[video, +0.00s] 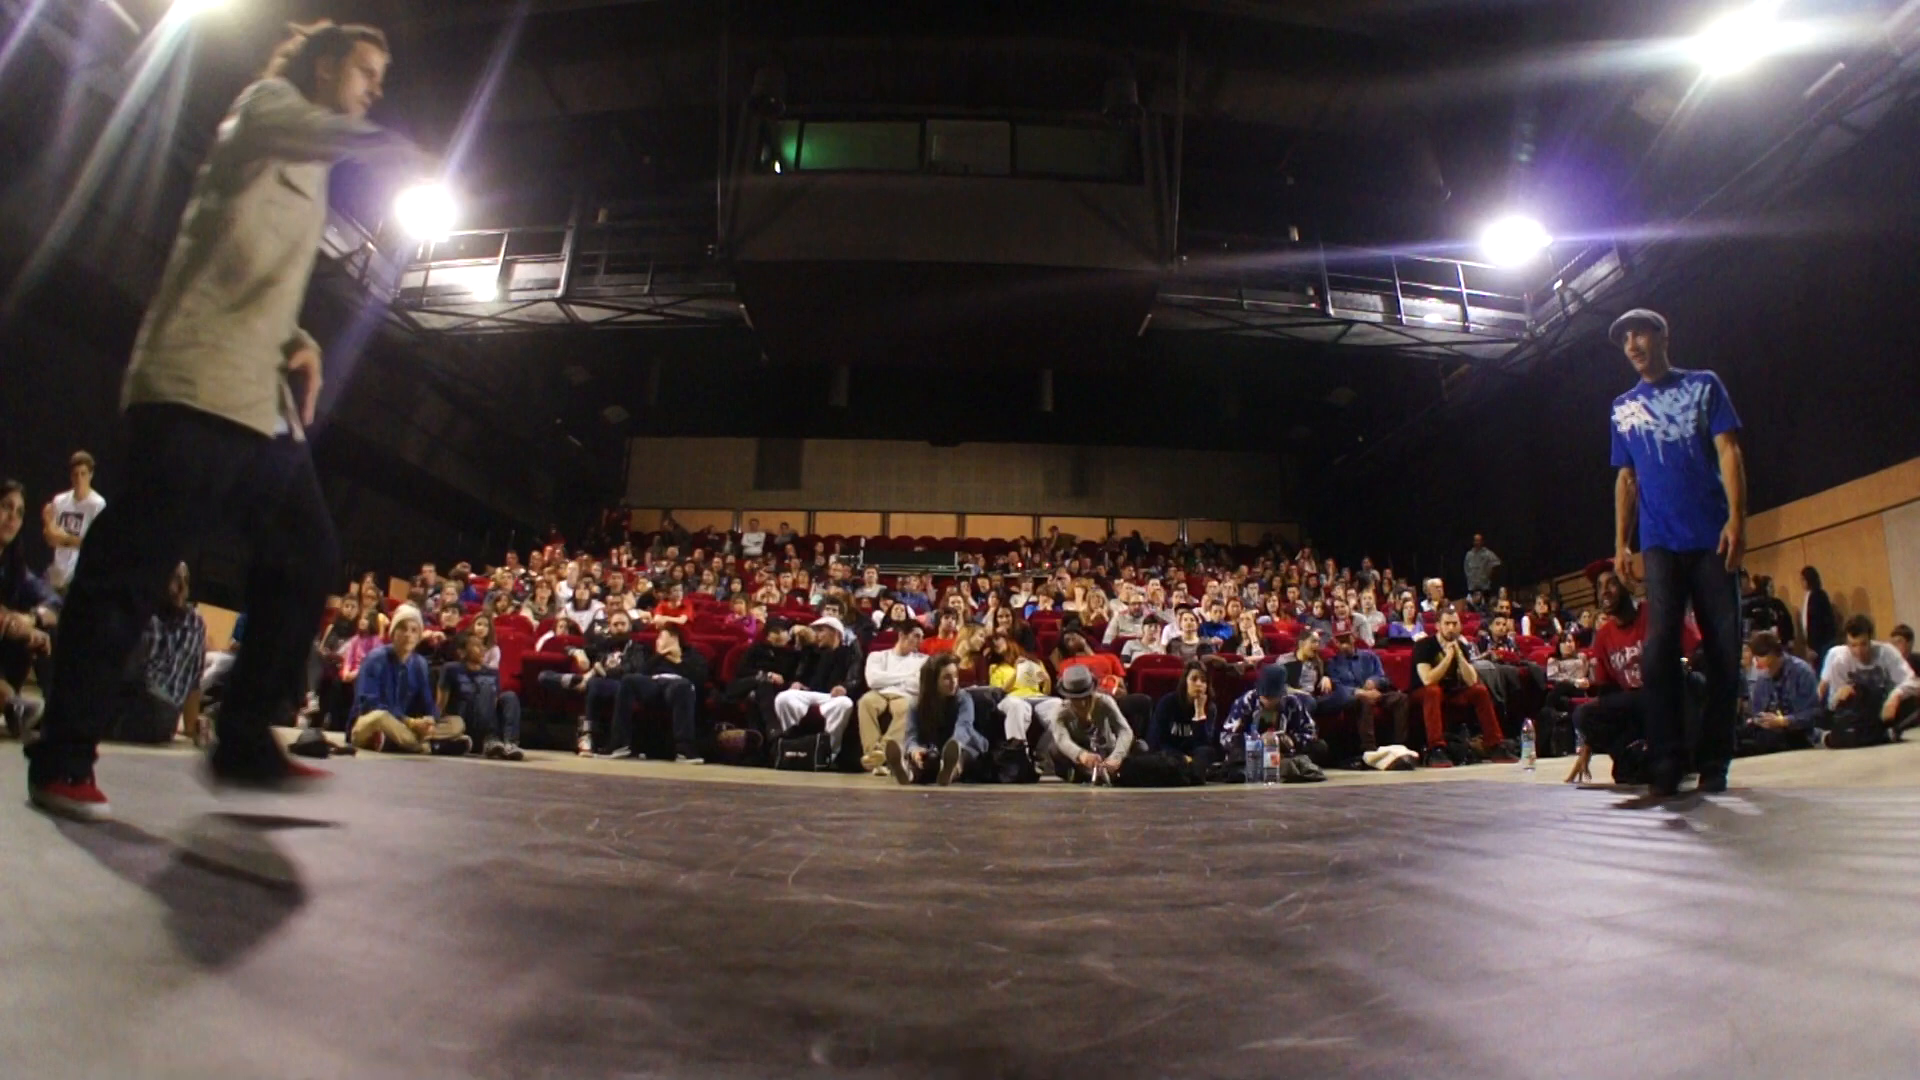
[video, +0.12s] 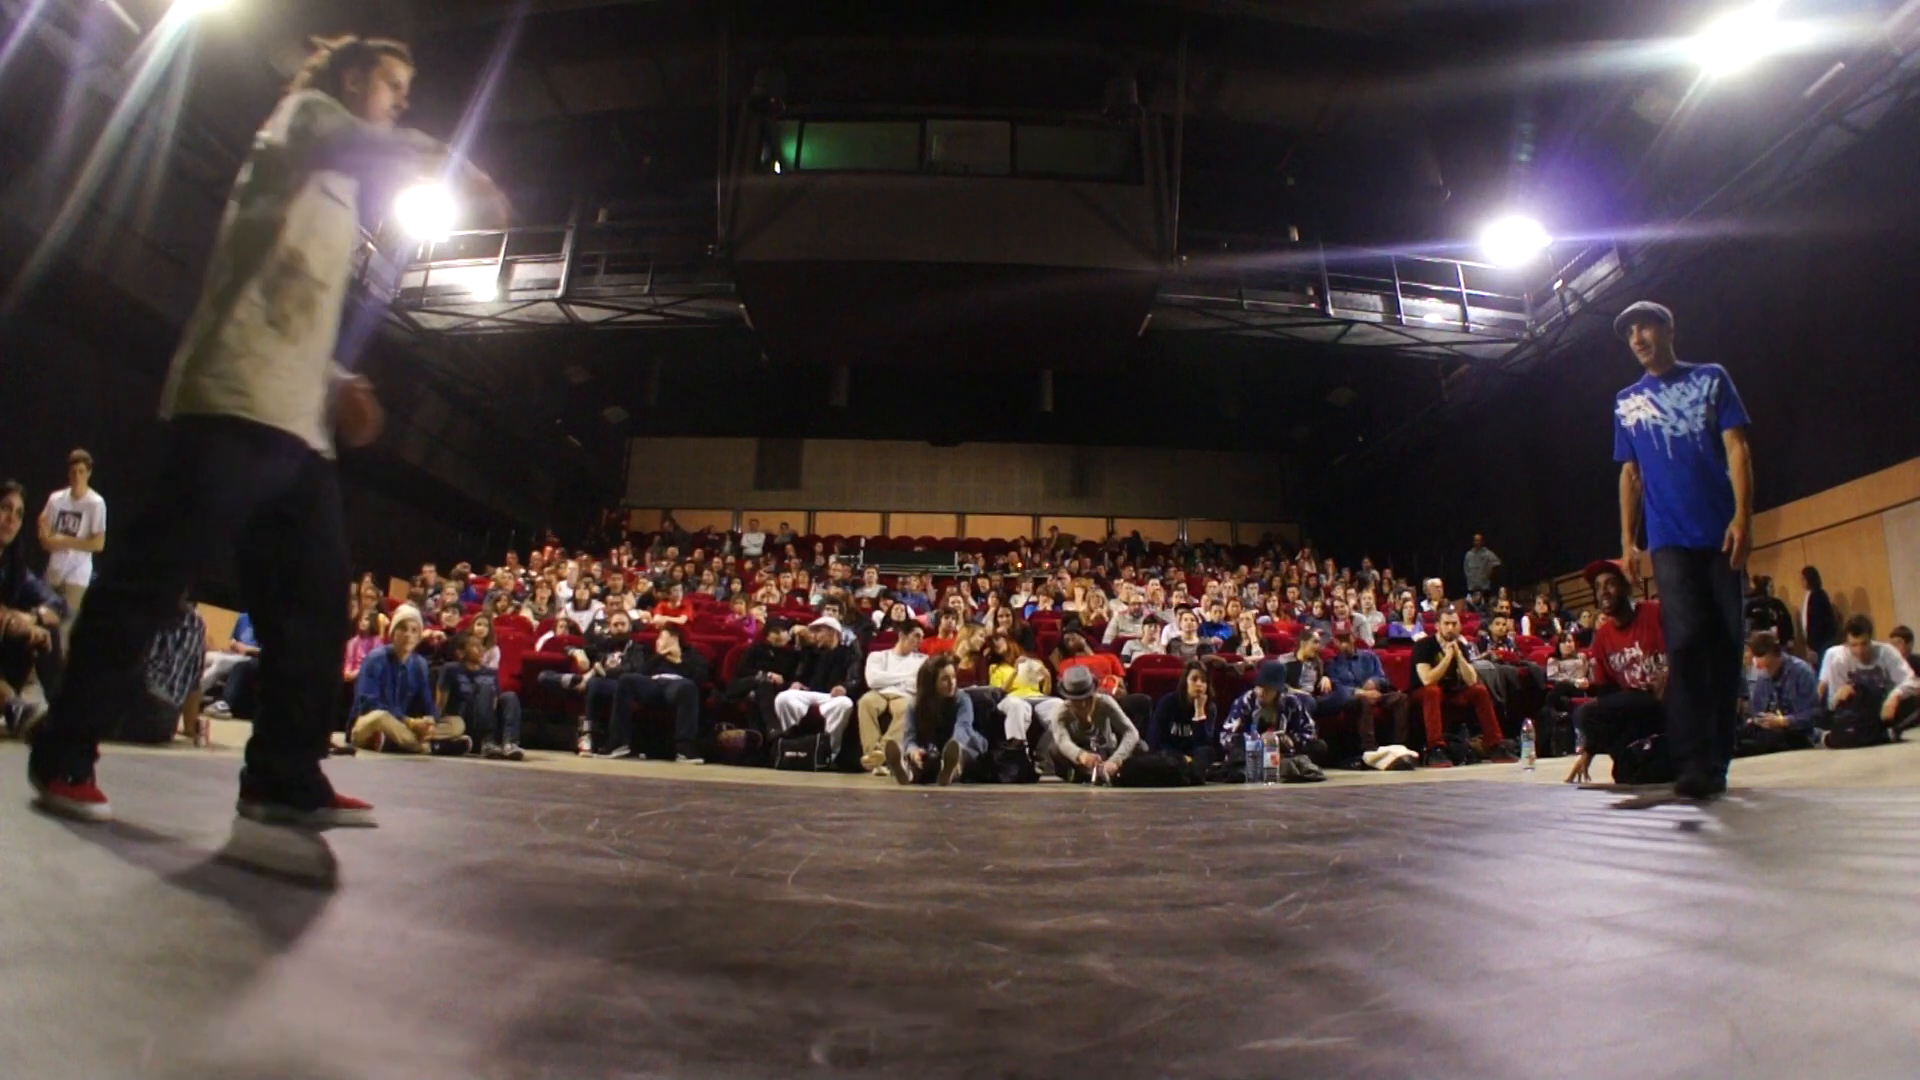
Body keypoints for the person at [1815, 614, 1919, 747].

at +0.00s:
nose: (1858, 650)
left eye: (1863, 644)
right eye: (1853, 645)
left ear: (1870, 640)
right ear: (1847, 643)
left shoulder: (1887, 652)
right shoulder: (1839, 657)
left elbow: (1911, 680)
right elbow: (1830, 705)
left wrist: (1895, 696)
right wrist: (1838, 696)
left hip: (1884, 705)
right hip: (1855, 708)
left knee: (1913, 703)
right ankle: (1885, 734)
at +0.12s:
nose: (1859, 650)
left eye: (1864, 644)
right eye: (1854, 645)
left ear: (1871, 640)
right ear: (1847, 643)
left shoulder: (1886, 652)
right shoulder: (1837, 657)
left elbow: (1911, 681)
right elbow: (1831, 705)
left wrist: (1894, 696)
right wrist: (1838, 696)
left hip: (1883, 705)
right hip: (1854, 708)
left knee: (1913, 702)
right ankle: (1886, 734)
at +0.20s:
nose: (1860, 650)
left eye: (1864, 644)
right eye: (1854, 645)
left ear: (1870, 640)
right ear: (1848, 642)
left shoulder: (1886, 652)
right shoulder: (1837, 659)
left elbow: (1911, 680)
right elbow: (1831, 705)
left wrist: (1894, 696)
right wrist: (1838, 696)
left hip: (1884, 705)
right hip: (1855, 708)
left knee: (1913, 702)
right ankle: (1886, 734)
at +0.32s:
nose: (1860, 650)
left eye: (1864, 643)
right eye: (1855, 645)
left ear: (1870, 639)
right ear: (1847, 643)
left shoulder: (1886, 652)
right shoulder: (1838, 662)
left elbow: (1911, 680)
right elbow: (1831, 705)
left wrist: (1894, 696)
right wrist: (1838, 696)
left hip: (1884, 705)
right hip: (1855, 709)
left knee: (1913, 702)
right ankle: (1886, 734)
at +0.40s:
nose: (1860, 650)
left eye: (1864, 644)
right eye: (1855, 645)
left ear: (1870, 639)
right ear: (1847, 643)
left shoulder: (1886, 652)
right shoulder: (1837, 663)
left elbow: (1911, 680)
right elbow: (1831, 705)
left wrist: (1894, 696)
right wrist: (1838, 696)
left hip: (1885, 706)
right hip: (1856, 710)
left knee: (1913, 701)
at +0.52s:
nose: (1858, 649)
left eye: (1863, 643)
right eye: (1853, 643)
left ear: (1870, 639)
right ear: (1847, 642)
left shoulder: (1886, 653)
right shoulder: (1838, 663)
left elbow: (1911, 680)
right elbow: (1831, 705)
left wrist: (1894, 696)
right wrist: (1838, 696)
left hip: (1885, 706)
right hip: (1857, 710)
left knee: (1913, 702)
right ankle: (1825, 738)